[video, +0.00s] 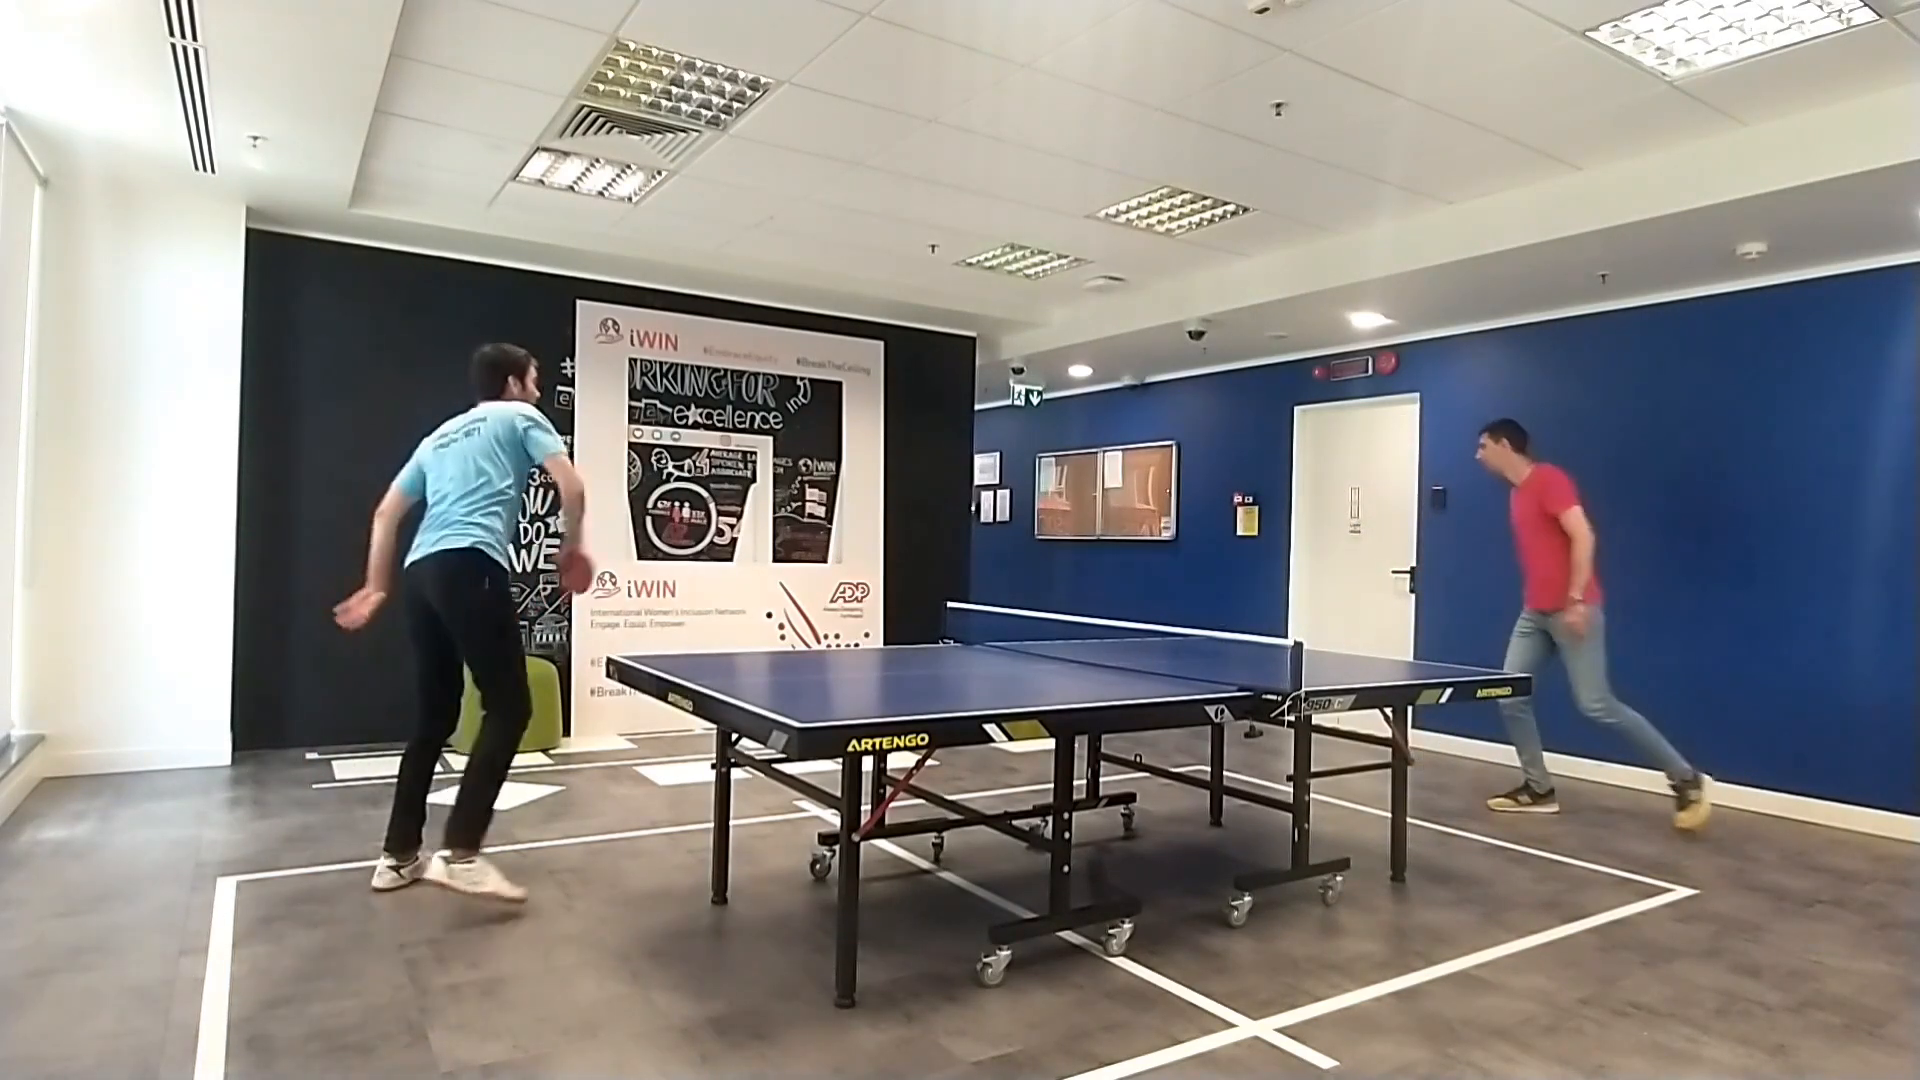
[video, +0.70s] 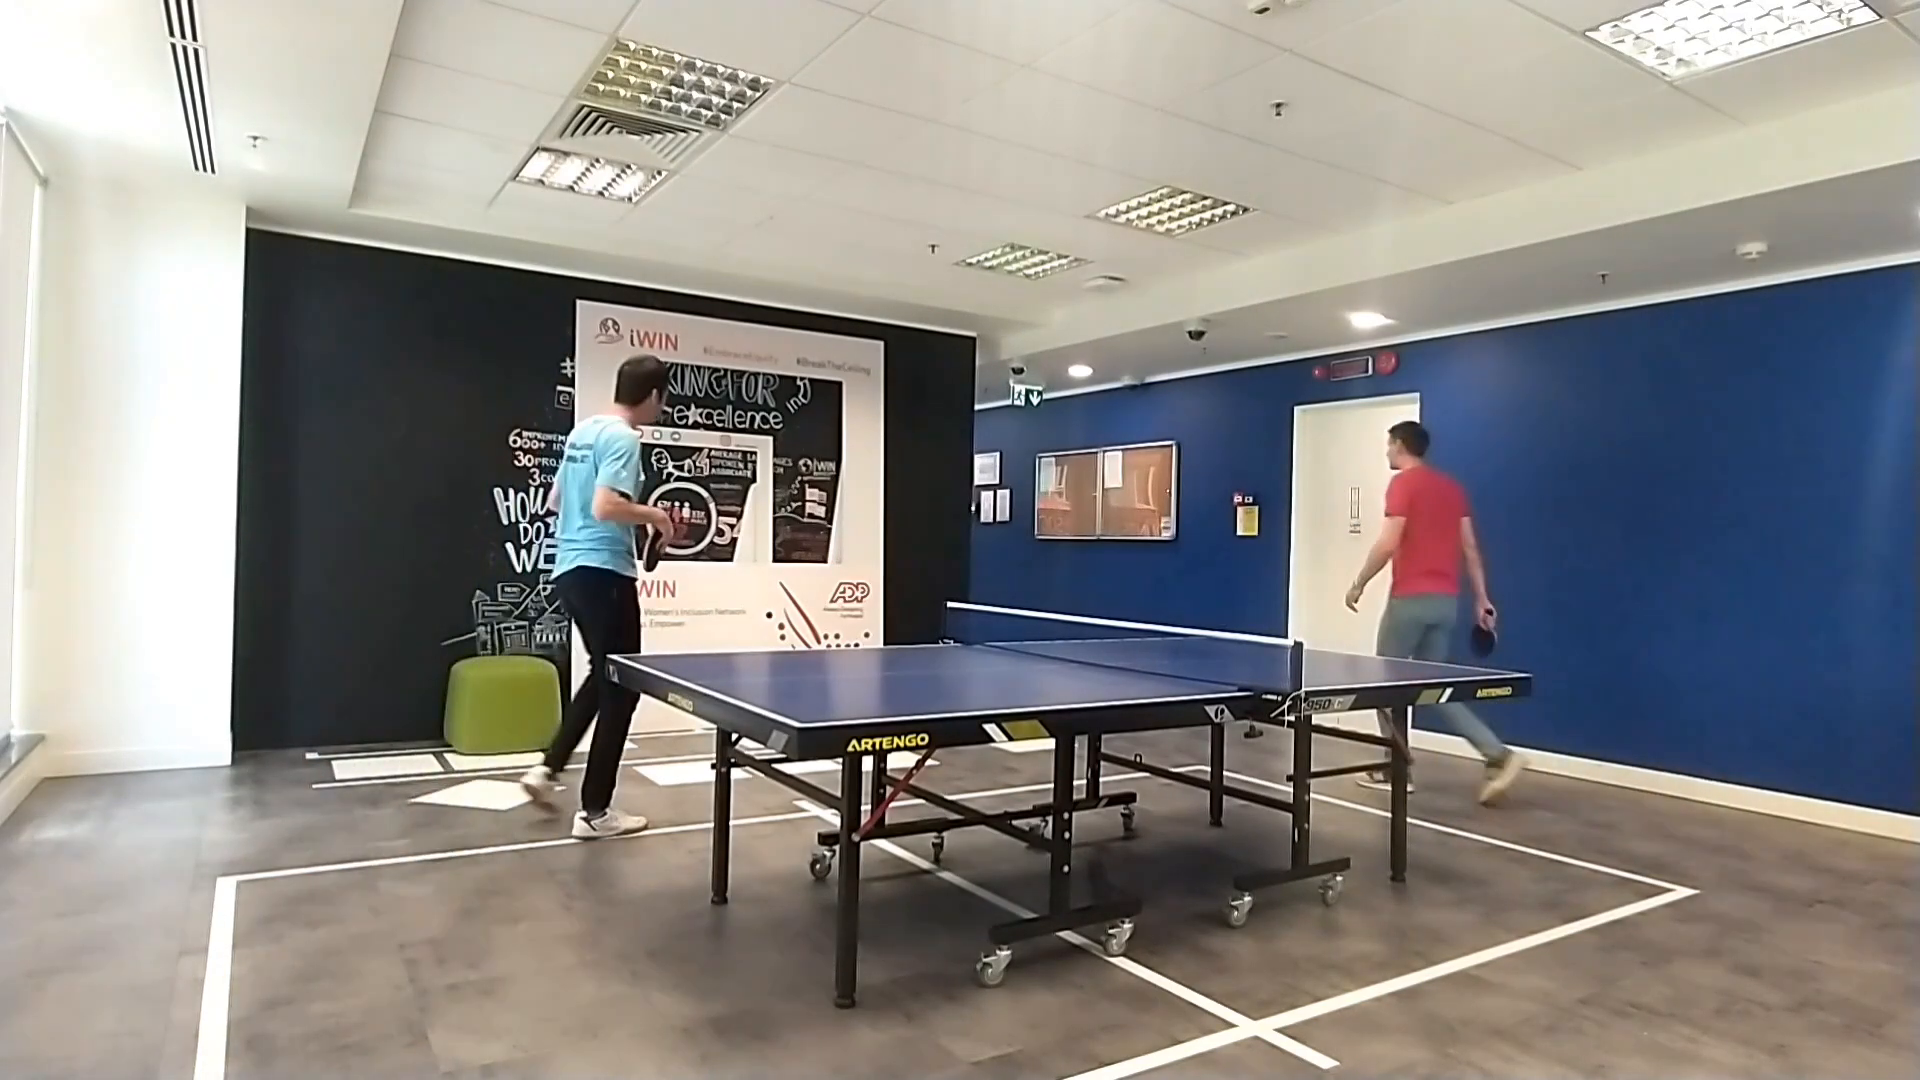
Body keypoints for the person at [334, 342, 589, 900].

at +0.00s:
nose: (537, 394)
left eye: (536, 384)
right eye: (533, 384)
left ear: (484, 386)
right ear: (514, 383)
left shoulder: (439, 437)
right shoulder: (520, 417)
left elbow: (387, 511)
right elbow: (572, 487)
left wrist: (377, 585)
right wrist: (573, 548)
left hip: (421, 577)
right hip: (471, 569)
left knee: (434, 719)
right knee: (509, 709)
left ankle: (397, 857)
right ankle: (459, 855)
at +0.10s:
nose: (553, 392)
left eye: (553, 383)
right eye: (550, 382)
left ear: (501, 384)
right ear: (529, 382)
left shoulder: (462, 433)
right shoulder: (525, 415)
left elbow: (422, 517)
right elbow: (577, 474)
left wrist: (423, 586)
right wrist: (615, 512)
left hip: (436, 575)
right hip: (480, 571)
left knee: (437, 715)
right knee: (530, 698)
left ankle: (400, 855)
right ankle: (507, 846)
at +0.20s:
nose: (570, 397)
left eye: (570, 387)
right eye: (568, 387)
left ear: (520, 388)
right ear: (549, 387)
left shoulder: (480, 431)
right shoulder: (536, 419)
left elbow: (474, 503)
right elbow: (571, 474)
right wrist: (630, 496)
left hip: (452, 580)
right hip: (501, 579)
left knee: (442, 715)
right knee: (541, 699)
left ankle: (402, 852)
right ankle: (561, 827)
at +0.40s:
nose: (615, 414)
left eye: (616, 404)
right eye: (615, 404)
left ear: (565, 398)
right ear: (600, 400)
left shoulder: (524, 439)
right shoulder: (580, 441)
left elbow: (523, 510)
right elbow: (580, 504)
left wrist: (605, 514)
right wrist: (642, 512)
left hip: (504, 591)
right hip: (555, 591)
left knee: (485, 708)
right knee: (585, 700)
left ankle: (414, 830)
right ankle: (593, 813)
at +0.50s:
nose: (636, 415)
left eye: (636, 406)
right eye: (636, 406)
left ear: (592, 397)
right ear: (624, 403)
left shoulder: (550, 437)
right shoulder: (602, 445)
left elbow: (555, 512)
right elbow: (588, 512)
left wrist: (633, 520)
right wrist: (646, 524)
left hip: (533, 590)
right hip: (579, 589)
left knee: (529, 701)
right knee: (612, 695)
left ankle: (446, 790)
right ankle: (595, 813)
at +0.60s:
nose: (652, 410)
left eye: (652, 400)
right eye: (652, 400)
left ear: (608, 393)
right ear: (640, 398)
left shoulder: (567, 435)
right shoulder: (613, 441)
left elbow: (578, 513)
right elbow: (599, 511)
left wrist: (630, 524)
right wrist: (651, 521)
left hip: (552, 579)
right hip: (591, 580)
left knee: (573, 685)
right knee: (620, 692)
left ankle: (499, 772)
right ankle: (595, 811)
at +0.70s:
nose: (662, 407)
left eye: (662, 398)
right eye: (662, 398)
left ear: (619, 390)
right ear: (651, 396)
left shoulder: (582, 432)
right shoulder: (623, 437)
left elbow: (556, 500)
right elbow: (605, 504)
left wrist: (617, 515)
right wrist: (655, 514)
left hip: (572, 572)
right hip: (604, 574)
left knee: (604, 674)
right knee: (623, 686)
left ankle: (547, 771)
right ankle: (595, 812)